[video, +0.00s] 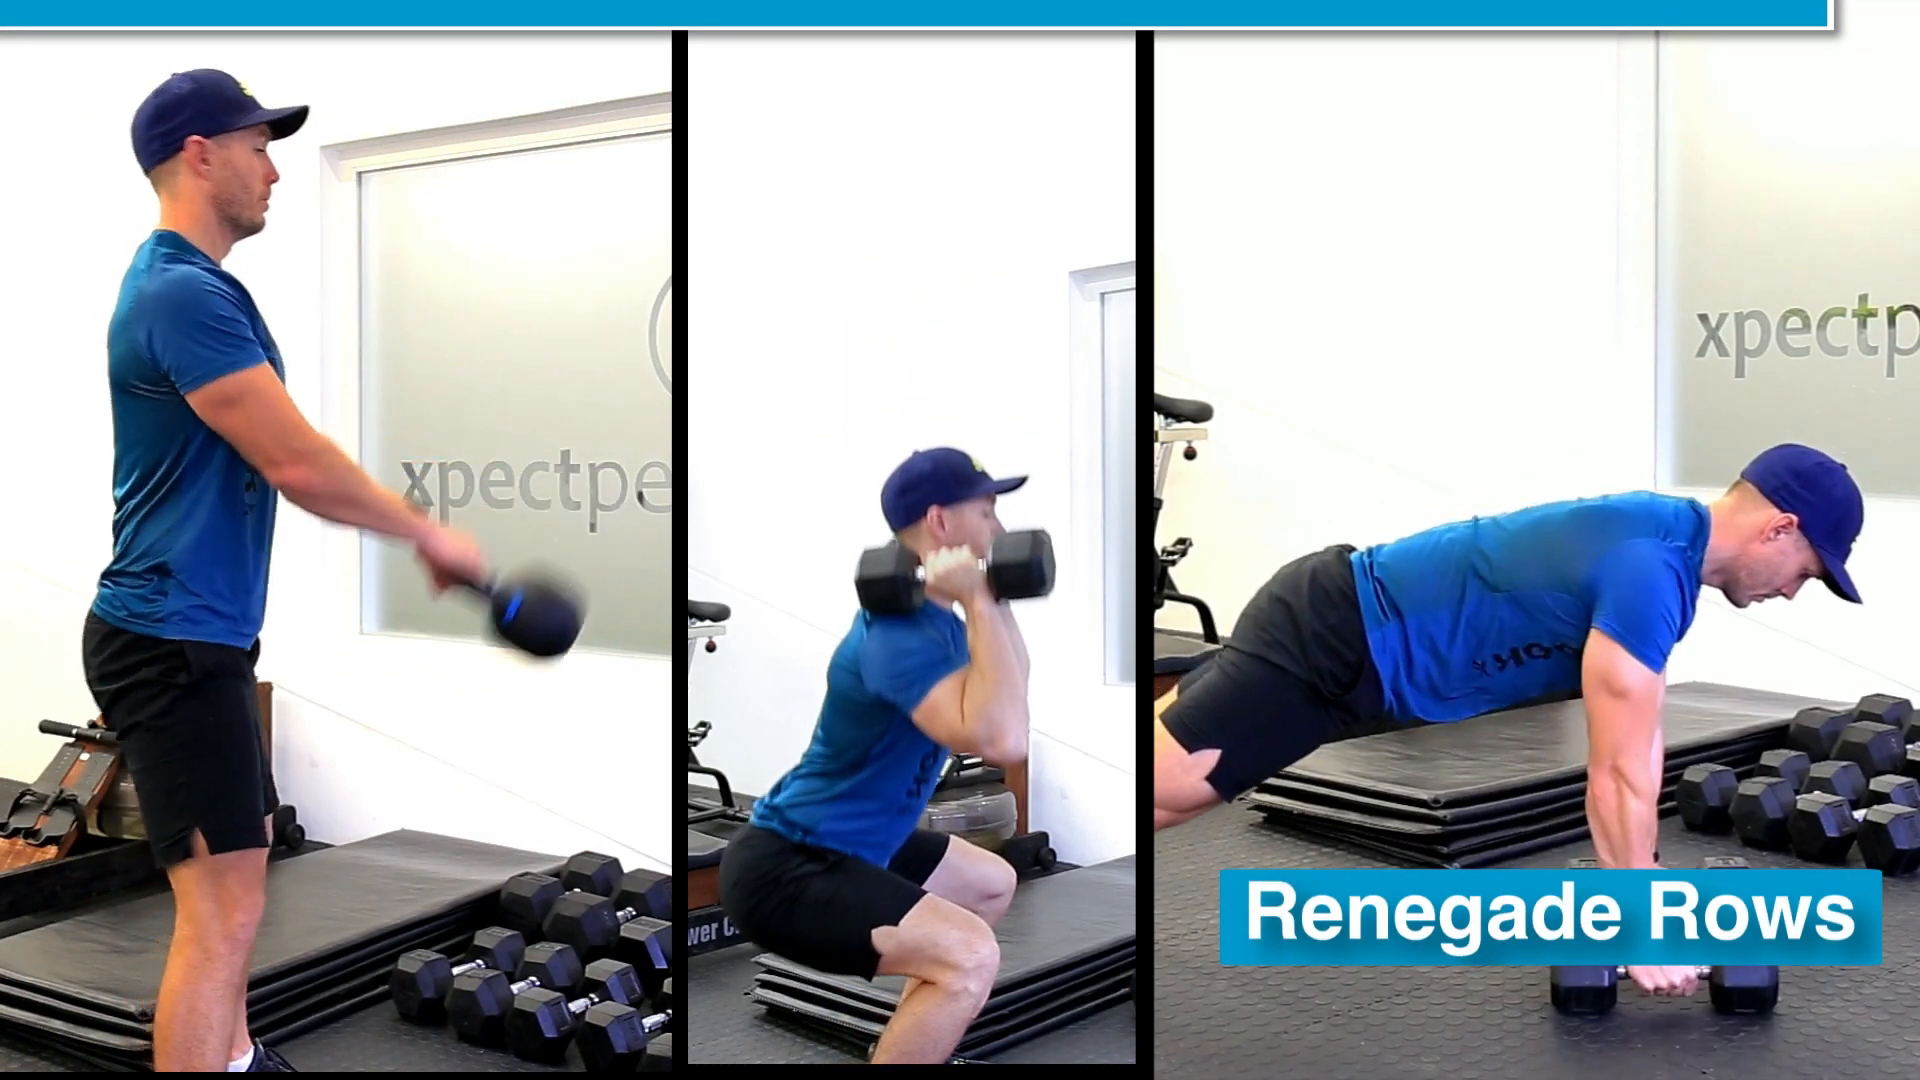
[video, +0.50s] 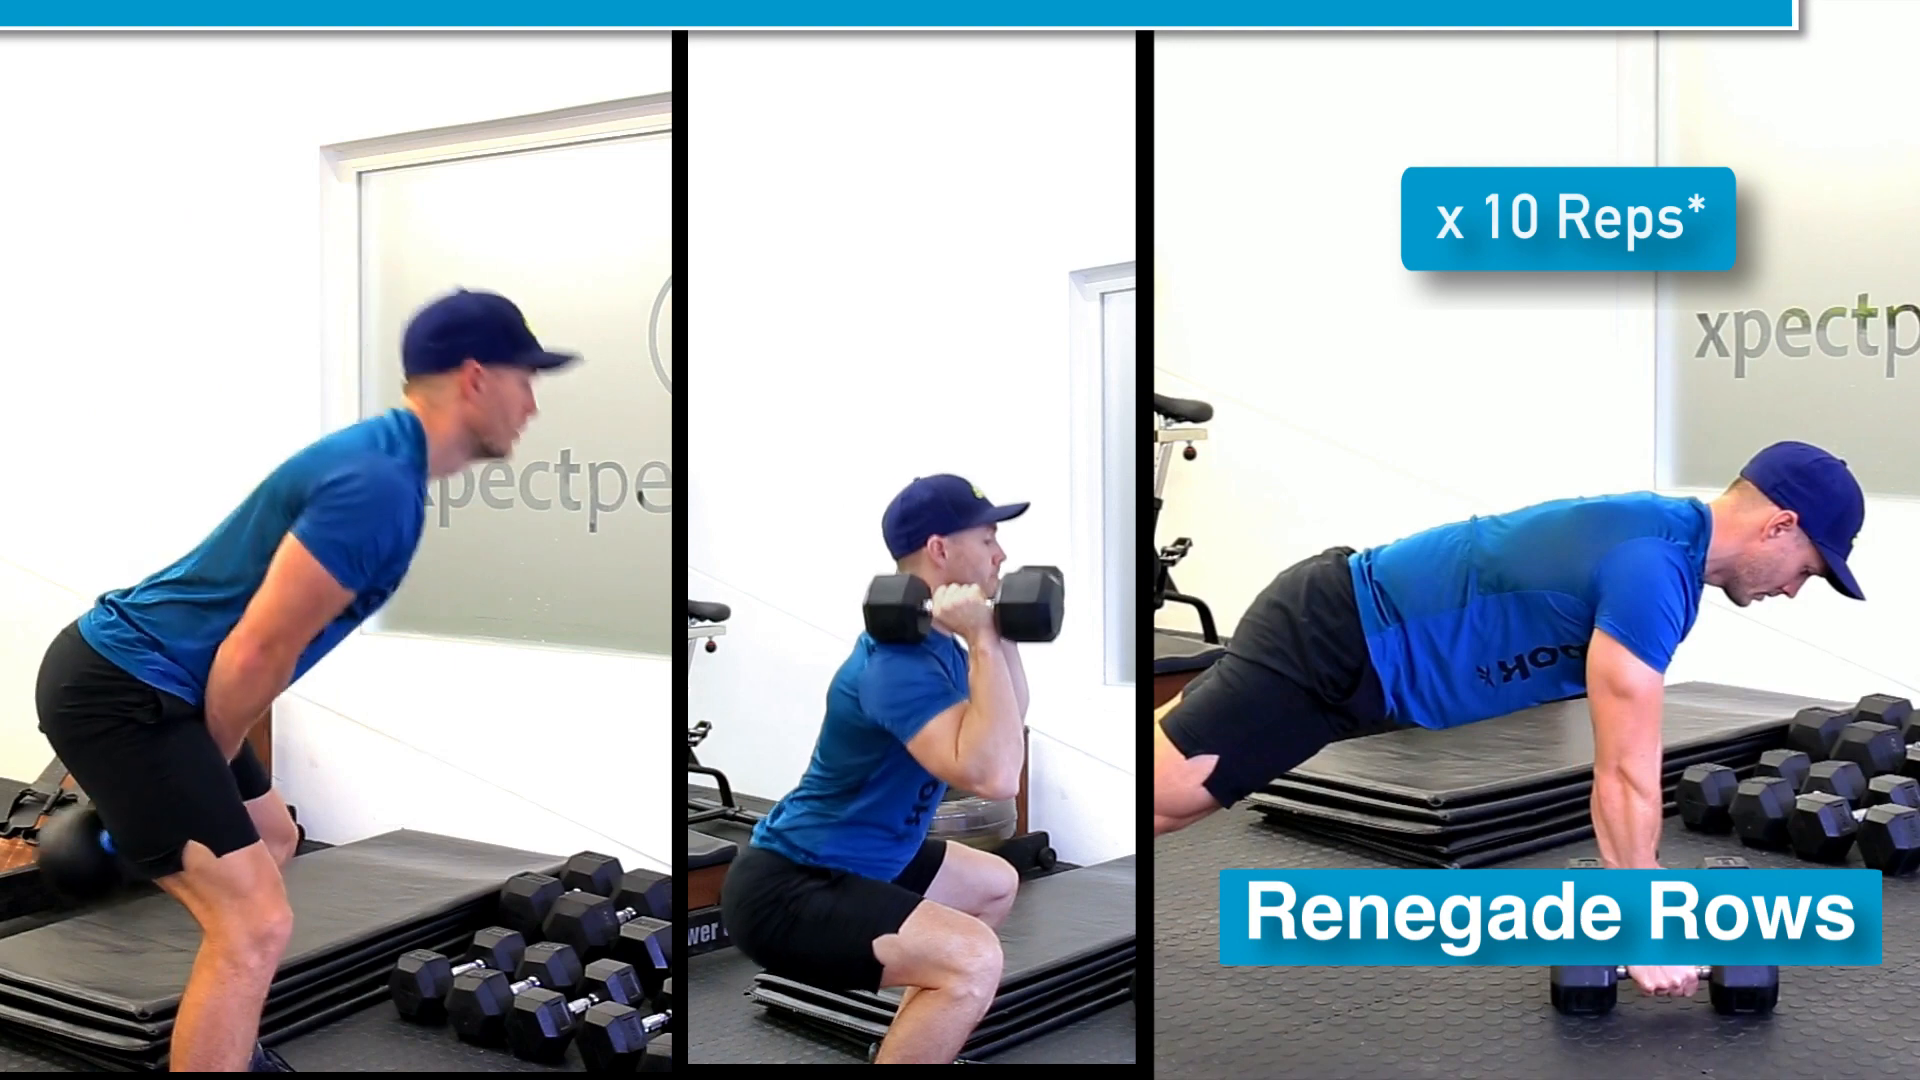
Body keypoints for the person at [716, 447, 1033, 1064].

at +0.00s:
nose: (997, 527)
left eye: (993, 511)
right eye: (985, 511)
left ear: (939, 526)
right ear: (939, 524)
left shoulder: (938, 621)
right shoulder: (896, 633)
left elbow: (1006, 715)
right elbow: (1000, 741)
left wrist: (989, 597)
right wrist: (979, 601)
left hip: (852, 840)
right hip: (789, 864)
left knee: (993, 882)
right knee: (968, 956)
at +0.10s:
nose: (1001, 551)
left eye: (997, 534)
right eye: (988, 535)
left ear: (941, 548)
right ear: (941, 548)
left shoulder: (940, 641)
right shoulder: (897, 656)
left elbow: (1012, 720)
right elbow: (996, 770)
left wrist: (995, 622)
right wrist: (982, 632)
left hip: (851, 853)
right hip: (785, 883)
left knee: (993, 884)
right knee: (969, 958)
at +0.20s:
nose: (1001, 561)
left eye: (997, 543)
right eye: (988, 545)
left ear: (942, 556)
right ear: (941, 555)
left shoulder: (943, 646)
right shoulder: (895, 668)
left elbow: (1013, 727)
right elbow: (995, 779)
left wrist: (994, 628)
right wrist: (981, 641)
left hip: (852, 860)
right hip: (784, 889)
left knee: (993, 885)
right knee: (969, 959)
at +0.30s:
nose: (1001, 565)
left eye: (996, 548)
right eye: (988, 549)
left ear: (942, 561)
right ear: (941, 561)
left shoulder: (945, 651)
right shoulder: (894, 672)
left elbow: (1014, 730)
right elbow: (994, 785)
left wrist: (995, 632)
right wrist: (982, 648)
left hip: (855, 864)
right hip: (785, 893)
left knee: (994, 885)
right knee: (970, 960)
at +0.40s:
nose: (1001, 566)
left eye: (997, 549)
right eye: (988, 551)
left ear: (942, 562)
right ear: (941, 562)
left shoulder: (945, 652)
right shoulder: (895, 673)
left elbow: (1012, 735)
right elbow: (993, 786)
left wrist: (997, 636)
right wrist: (982, 650)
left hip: (855, 864)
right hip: (786, 894)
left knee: (994, 885)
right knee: (971, 961)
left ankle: (917, 1031)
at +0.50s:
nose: (1000, 556)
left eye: (995, 538)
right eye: (986, 539)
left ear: (939, 552)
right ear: (938, 551)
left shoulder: (940, 646)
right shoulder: (895, 662)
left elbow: (1011, 723)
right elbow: (992, 777)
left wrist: (995, 627)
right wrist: (983, 642)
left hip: (856, 854)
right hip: (789, 884)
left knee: (995, 884)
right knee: (972, 960)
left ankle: (916, 1032)